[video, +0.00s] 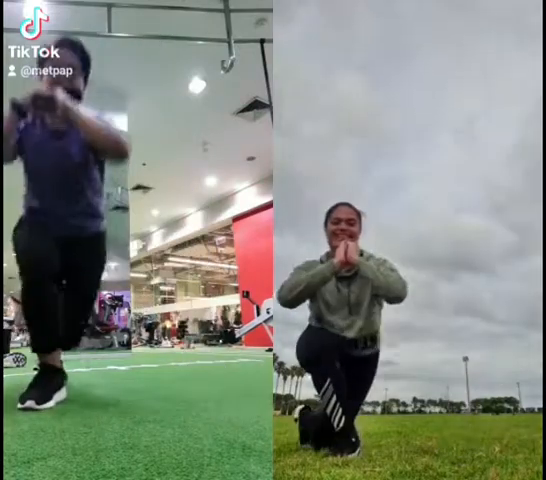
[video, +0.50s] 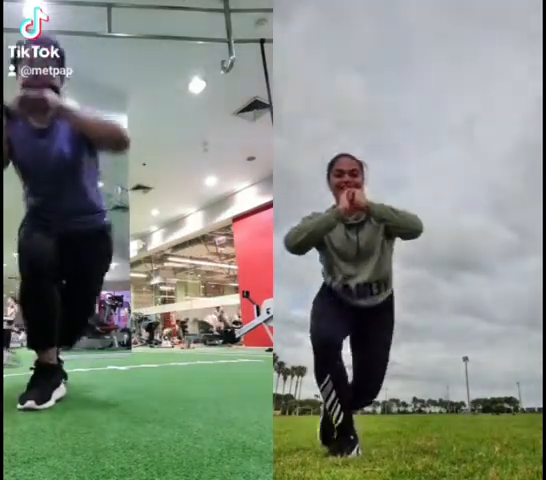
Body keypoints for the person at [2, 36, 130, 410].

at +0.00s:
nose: (54, 75)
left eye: (65, 68)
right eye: (48, 66)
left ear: (81, 79)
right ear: (37, 72)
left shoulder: (89, 121)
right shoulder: (27, 120)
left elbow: (120, 149)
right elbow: (4, 155)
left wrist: (69, 111)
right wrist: (15, 114)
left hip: (85, 230)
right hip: (38, 224)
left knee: (71, 329)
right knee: (36, 270)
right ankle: (51, 370)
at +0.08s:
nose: (57, 91)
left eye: (68, 84)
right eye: (50, 82)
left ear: (81, 96)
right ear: (38, 89)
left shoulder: (90, 140)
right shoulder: (23, 135)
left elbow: (117, 169)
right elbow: (4, 165)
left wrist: (69, 131)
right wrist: (18, 127)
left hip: (82, 243)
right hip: (36, 236)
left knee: (70, 343)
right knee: (28, 256)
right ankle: (50, 368)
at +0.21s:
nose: (53, 100)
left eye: (63, 94)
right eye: (45, 91)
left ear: (75, 105)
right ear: (31, 98)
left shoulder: (86, 146)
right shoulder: (17, 143)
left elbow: (116, 184)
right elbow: (3, 181)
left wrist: (66, 141)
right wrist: (16, 138)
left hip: (82, 250)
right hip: (36, 246)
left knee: (73, 353)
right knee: (29, 259)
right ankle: (48, 369)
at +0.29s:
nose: (47, 99)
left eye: (56, 92)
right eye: (39, 91)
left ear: (69, 102)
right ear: (24, 99)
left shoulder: (83, 144)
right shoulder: (14, 144)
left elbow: (117, 180)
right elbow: (3, 181)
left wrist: (65, 141)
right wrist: (13, 141)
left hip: (84, 250)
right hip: (38, 246)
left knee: (72, 352)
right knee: (29, 256)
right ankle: (47, 369)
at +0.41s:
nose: (39, 107)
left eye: (48, 100)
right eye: (32, 99)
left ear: (61, 100)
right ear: (20, 97)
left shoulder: (74, 136)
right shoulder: (12, 137)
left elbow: (119, 160)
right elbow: (4, 168)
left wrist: (65, 128)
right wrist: (13, 133)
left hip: (86, 240)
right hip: (39, 236)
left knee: (71, 339)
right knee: (32, 258)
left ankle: (44, 351)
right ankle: (47, 367)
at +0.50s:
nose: (37, 87)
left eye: (46, 81)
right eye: (30, 79)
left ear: (60, 83)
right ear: (19, 80)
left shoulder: (76, 120)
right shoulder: (12, 125)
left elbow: (120, 140)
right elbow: (4, 160)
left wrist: (66, 112)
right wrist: (11, 118)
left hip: (88, 226)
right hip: (41, 224)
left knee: (77, 313)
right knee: (35, 269)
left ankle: (48, 354)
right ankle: (48, 367)